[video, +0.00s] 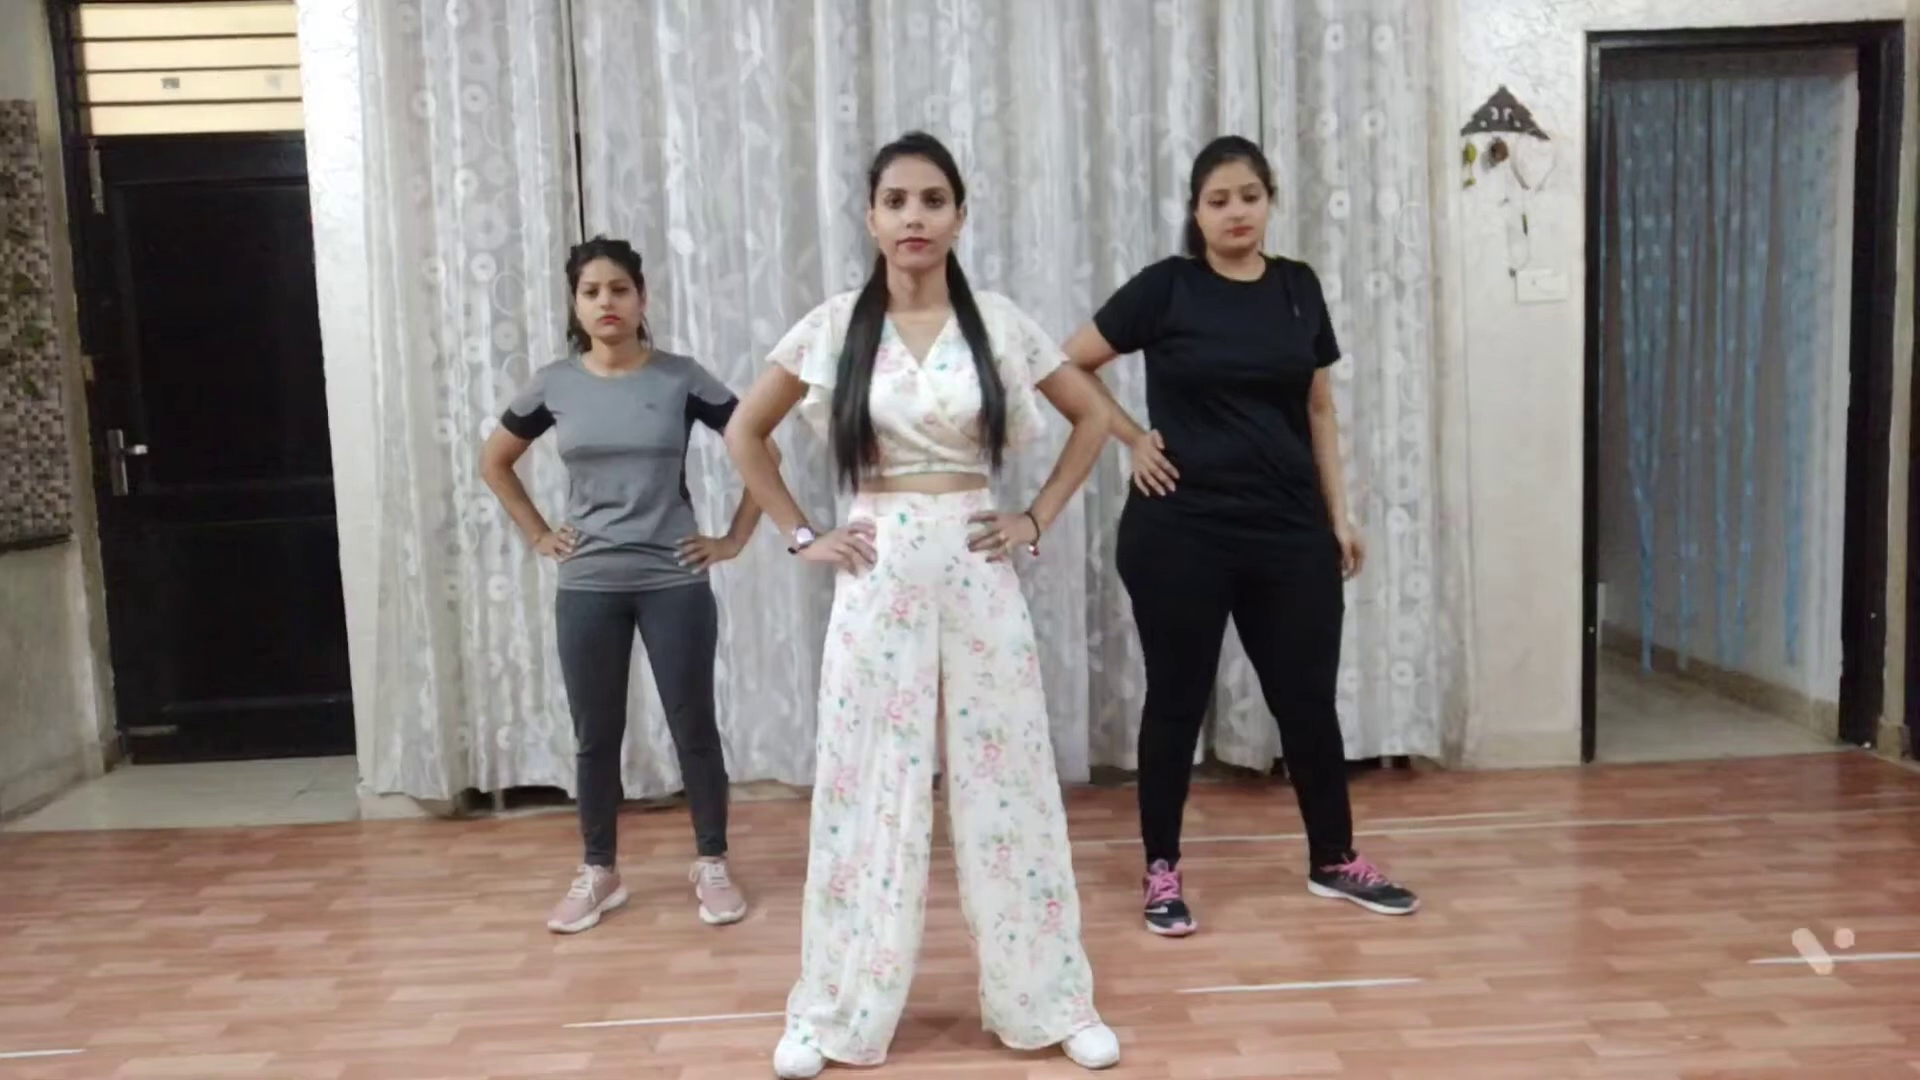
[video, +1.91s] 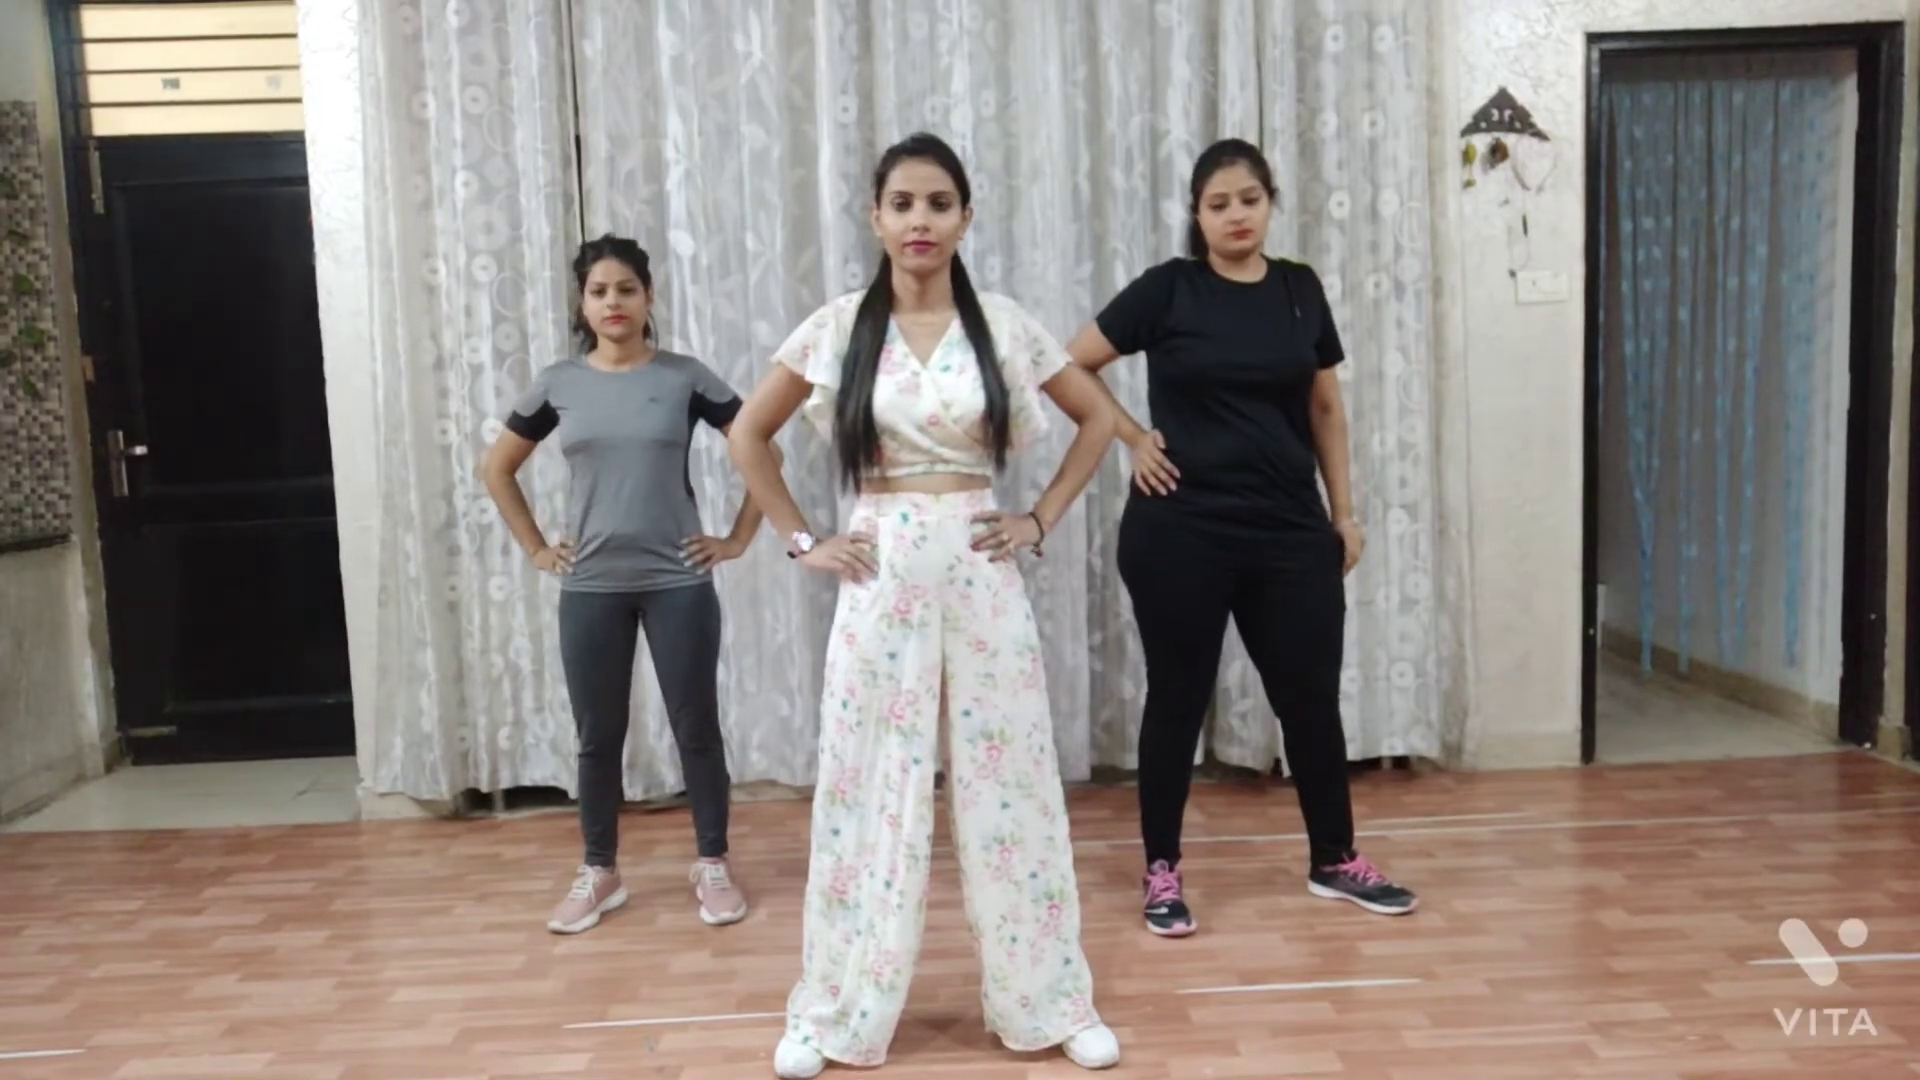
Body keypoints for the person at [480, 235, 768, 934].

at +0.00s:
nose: (607, 303)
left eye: (619, 289)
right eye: (592, 292)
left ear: (642, 298)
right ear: (574, 305)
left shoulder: (680, 379)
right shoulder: (555, 385)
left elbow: (762, 450)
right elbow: (494, 463)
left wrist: (734, 539)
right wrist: (540, 533)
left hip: (674, 574)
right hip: (589, 579)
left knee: (693, 728)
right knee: (596, 736)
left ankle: (712, 866)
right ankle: (598, 872)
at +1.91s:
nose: (614, 302)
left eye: (626, 289)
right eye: (599, 291)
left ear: (648, 297)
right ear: (581, 304)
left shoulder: (685, 378)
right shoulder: (559, 385)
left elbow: (764, 450)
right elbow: (495, 468)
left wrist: (738, 538)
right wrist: (538, 548)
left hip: (678, 575)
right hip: (592, 581)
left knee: (696, 727)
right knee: (597, 737)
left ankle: (713, 866)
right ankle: (599, 872)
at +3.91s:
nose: (622, 303)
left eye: (635, 291)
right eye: (608, 292)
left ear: (655, 301)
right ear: (588, 302)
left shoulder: (689, 380)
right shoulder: (562, 384)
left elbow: (769, 455)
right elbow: (503, 468)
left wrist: (738, 538)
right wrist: (538, 549)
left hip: (676, 575)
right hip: (591, 577)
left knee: (696, 729)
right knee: (597, 736)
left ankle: (712, 867)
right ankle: (599, 872)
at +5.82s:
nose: (616, 302)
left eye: (629, 290)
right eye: (603, 291)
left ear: (650, 300)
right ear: (584, 303)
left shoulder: (686, 378)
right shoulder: (559, 384)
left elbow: (766, 452)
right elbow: (503, 467)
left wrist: (736, 539)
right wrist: (538, 550)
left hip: (676, 574)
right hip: (591, 580)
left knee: (695, 725)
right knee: (597, 736)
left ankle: (712, 866)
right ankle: (599, 872)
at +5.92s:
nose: (617, 303)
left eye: (630, 291)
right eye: (604, 292)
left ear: (651, 301)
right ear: (585, 303)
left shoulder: (686, 378)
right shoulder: (559, 384)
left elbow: (765, 448)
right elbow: (504, 466)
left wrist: (737, 538)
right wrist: (538, 549)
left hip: (676, 574)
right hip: (591, 580)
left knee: (695, 725)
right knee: (596, 736)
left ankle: (712, 866)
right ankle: (599, 872)